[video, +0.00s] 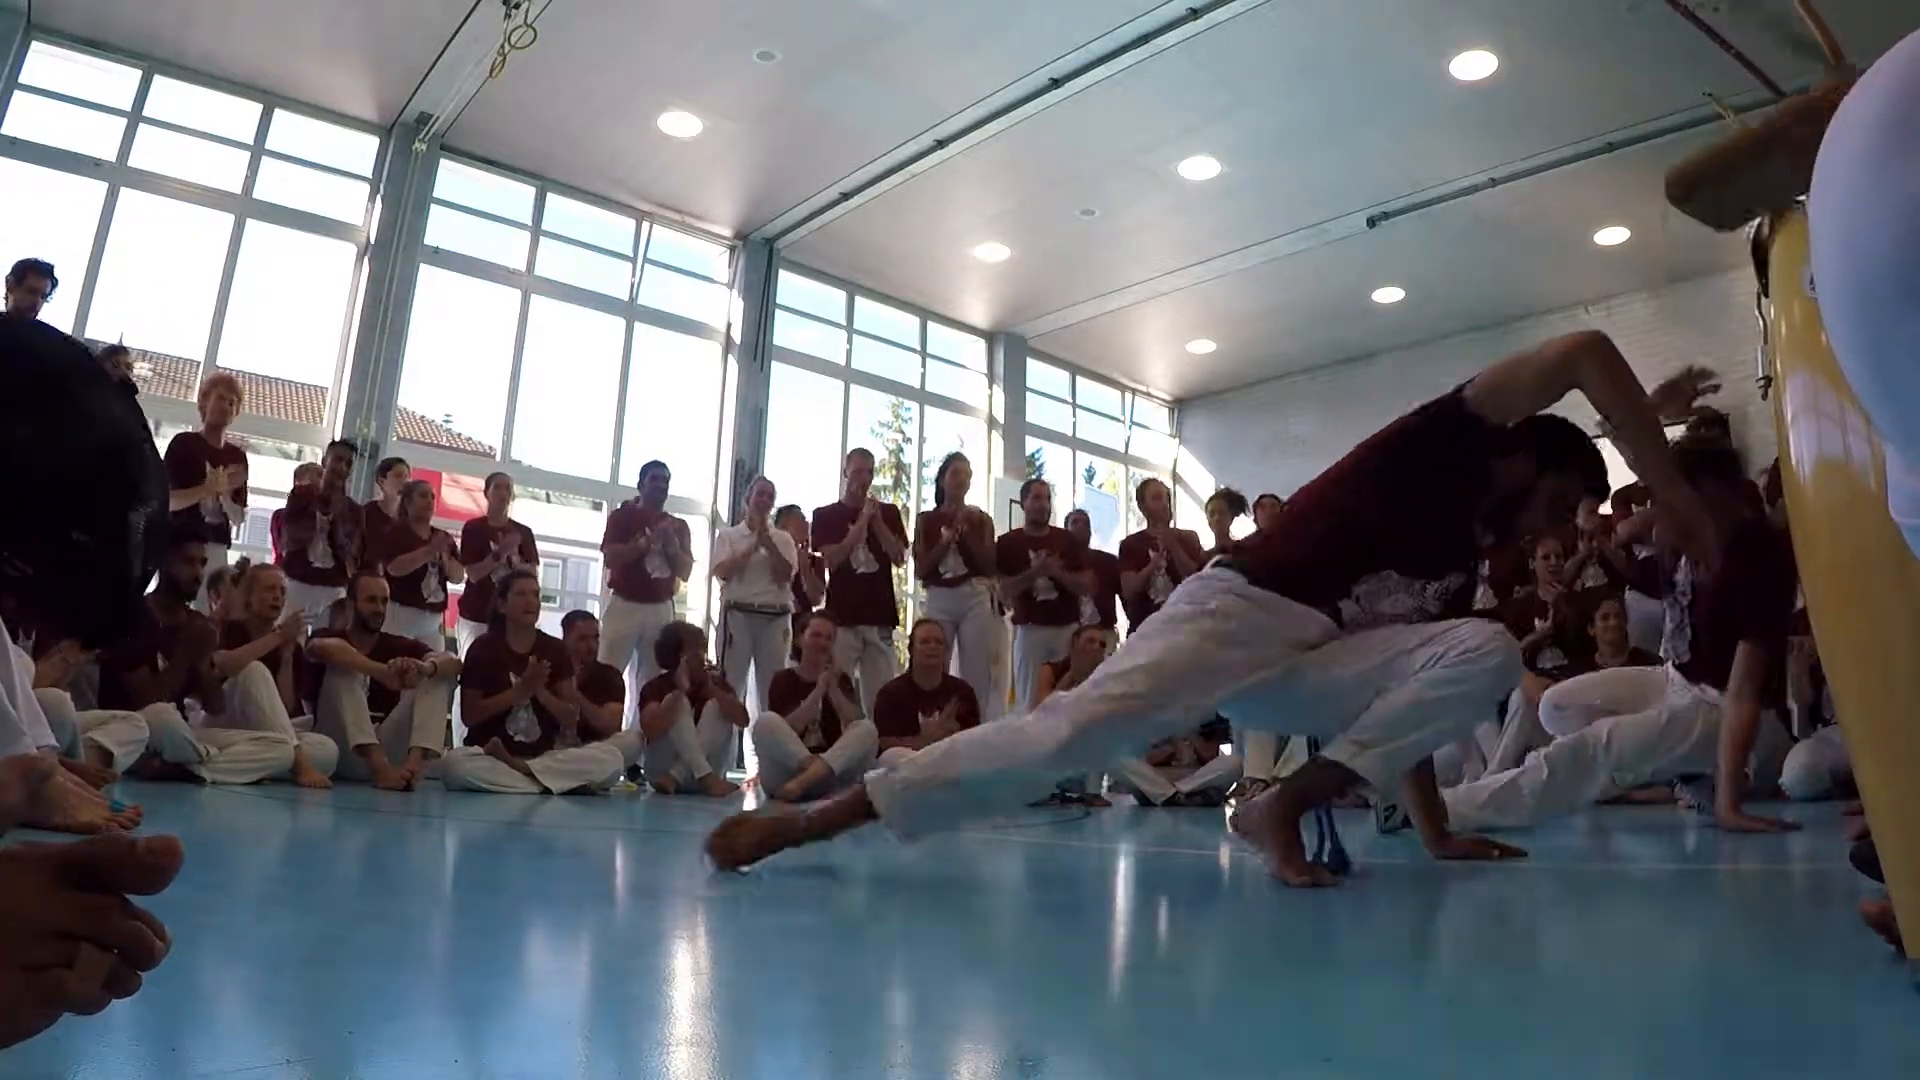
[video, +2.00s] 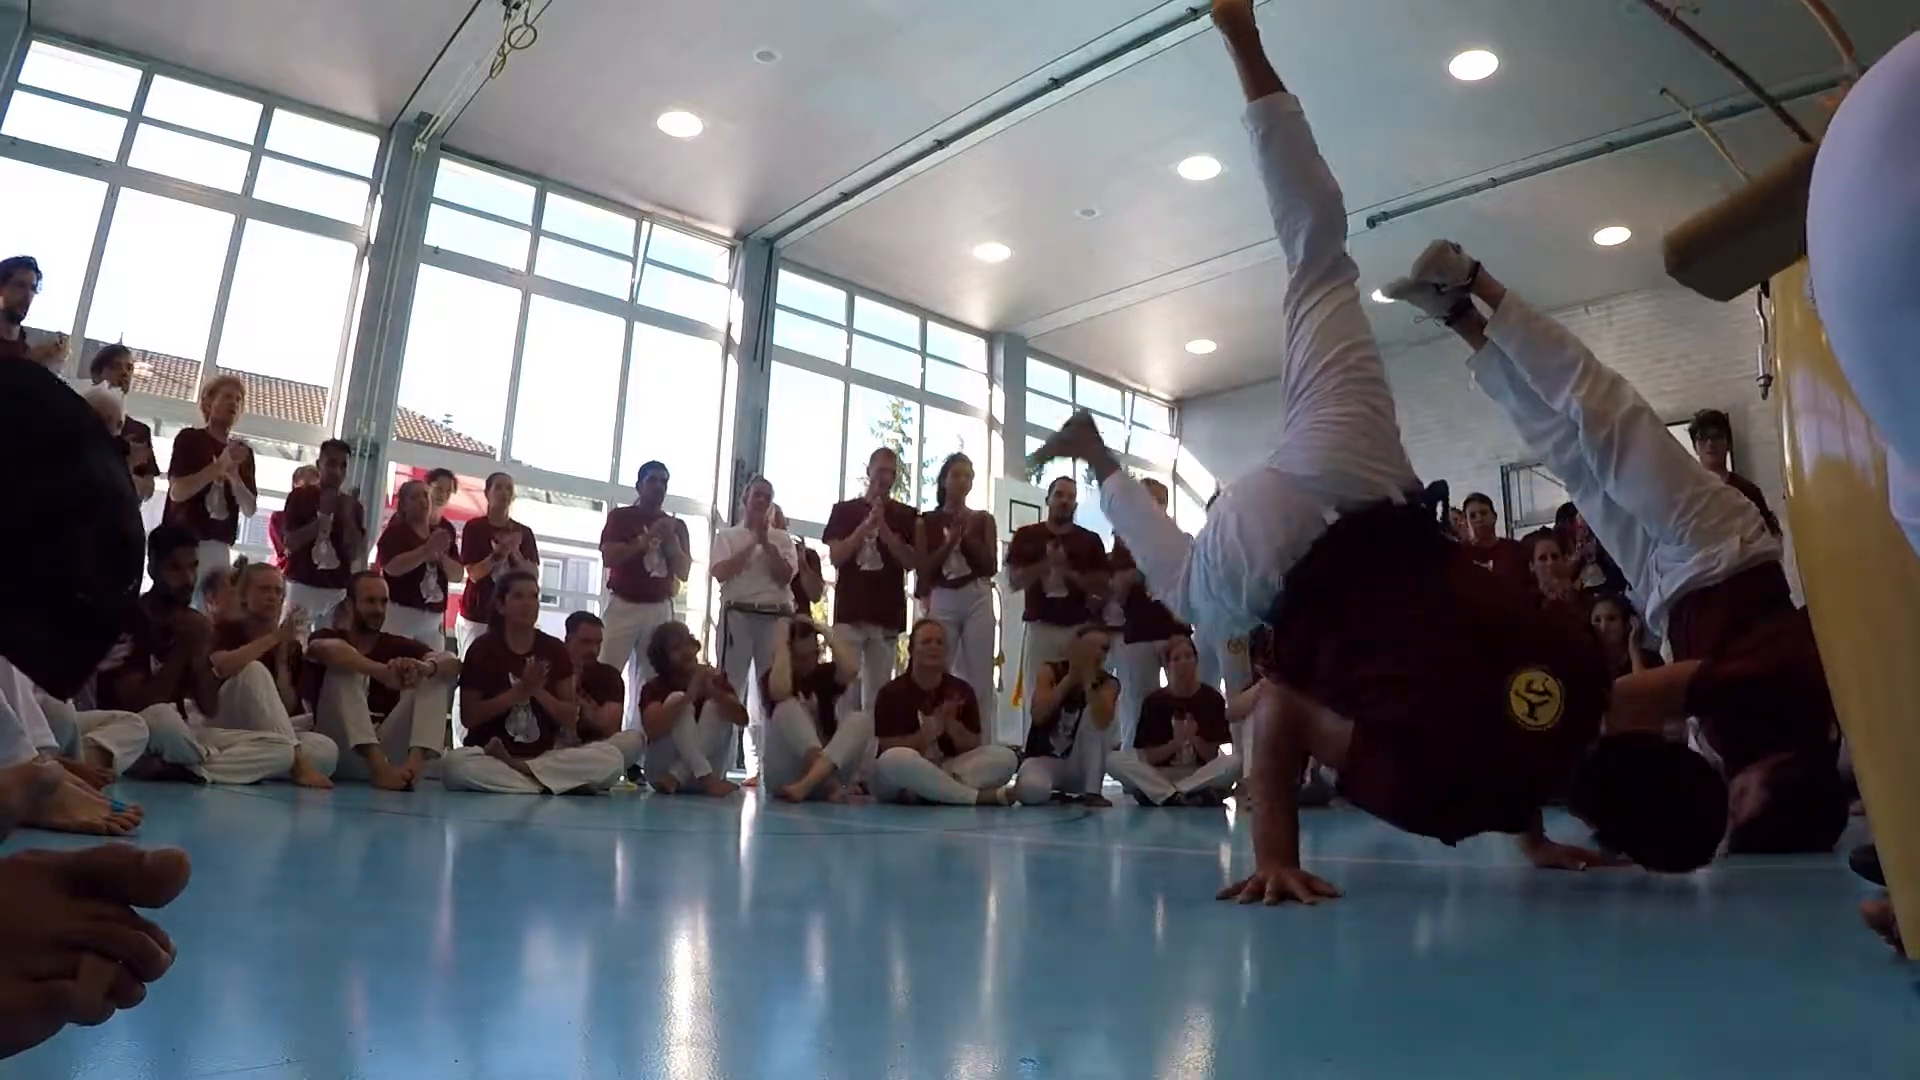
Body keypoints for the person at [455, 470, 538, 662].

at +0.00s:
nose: (503, 494)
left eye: (507, 489)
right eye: (497, 488)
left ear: (512, 495)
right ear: (486, 493)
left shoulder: (524, 532)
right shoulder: (473, 528)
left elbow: (533, 573)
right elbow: (473, 575)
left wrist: (515, 559)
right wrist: (501, 551)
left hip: (511, 618)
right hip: (475, 615)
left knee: (506, 680)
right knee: (473, 679)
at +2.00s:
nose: (504, 493)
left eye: (509, 489)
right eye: (498, 487)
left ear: (513, 495)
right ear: (487, 492)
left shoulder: (524, 533)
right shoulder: (474, 527)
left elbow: (533, 574)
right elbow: (474, 574)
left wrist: (515, 554)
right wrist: (497, 554)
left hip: (511, 619)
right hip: (475, 616)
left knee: (505, 680)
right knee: (471, 680)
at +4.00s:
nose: (503, 493)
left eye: (507, 488)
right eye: (497, 488)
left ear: (512, 495)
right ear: (486, 493)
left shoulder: (523, 532)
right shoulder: (473, 527)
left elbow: (531, 574)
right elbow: (473, 575)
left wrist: (514, 553)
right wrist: (496, 553)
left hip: (509, 621)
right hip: (474, 617)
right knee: (471, 679)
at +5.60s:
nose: (507, 496)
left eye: (511, 492)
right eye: (502, 490)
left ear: (514, 497)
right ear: (488, 493)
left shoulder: (522, 533)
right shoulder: (472, 527)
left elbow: (532, 575)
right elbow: (471, 573)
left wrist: (515, 549)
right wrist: (496, 553)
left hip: (510, 621)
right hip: (474, 617)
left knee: (506, 682)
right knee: (470, 682)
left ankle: (498, 741)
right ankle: (461, 743)